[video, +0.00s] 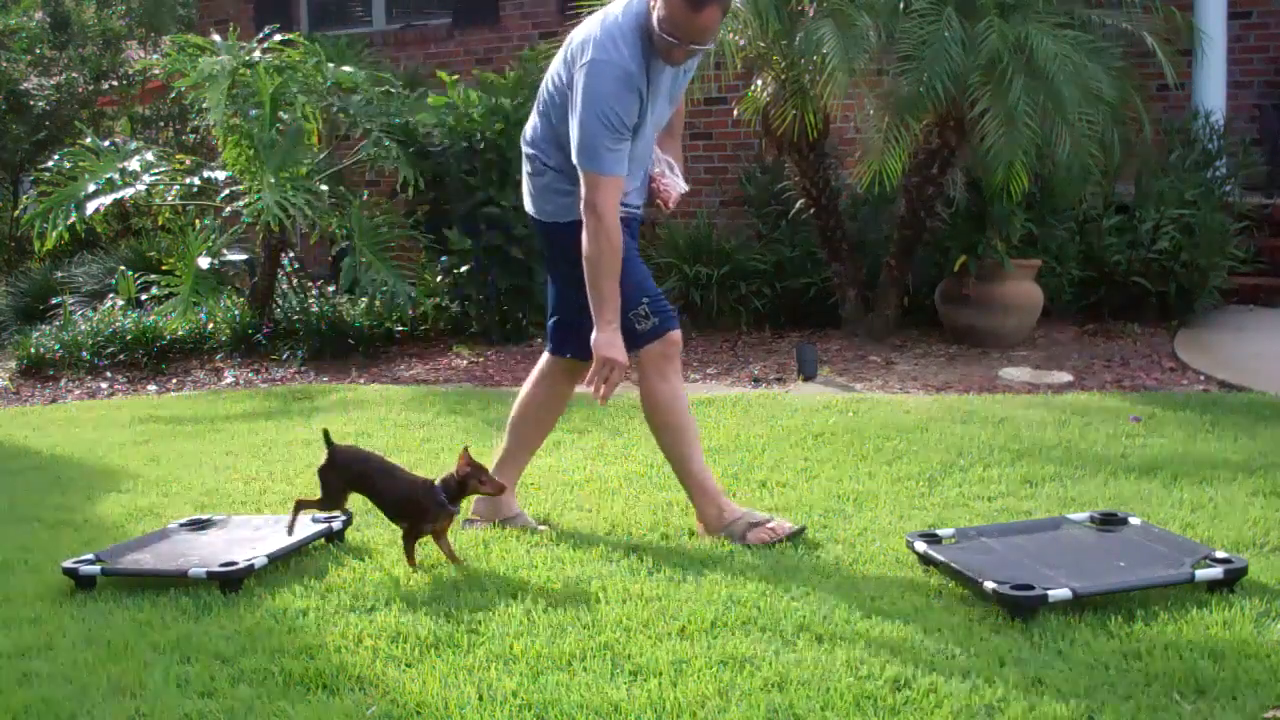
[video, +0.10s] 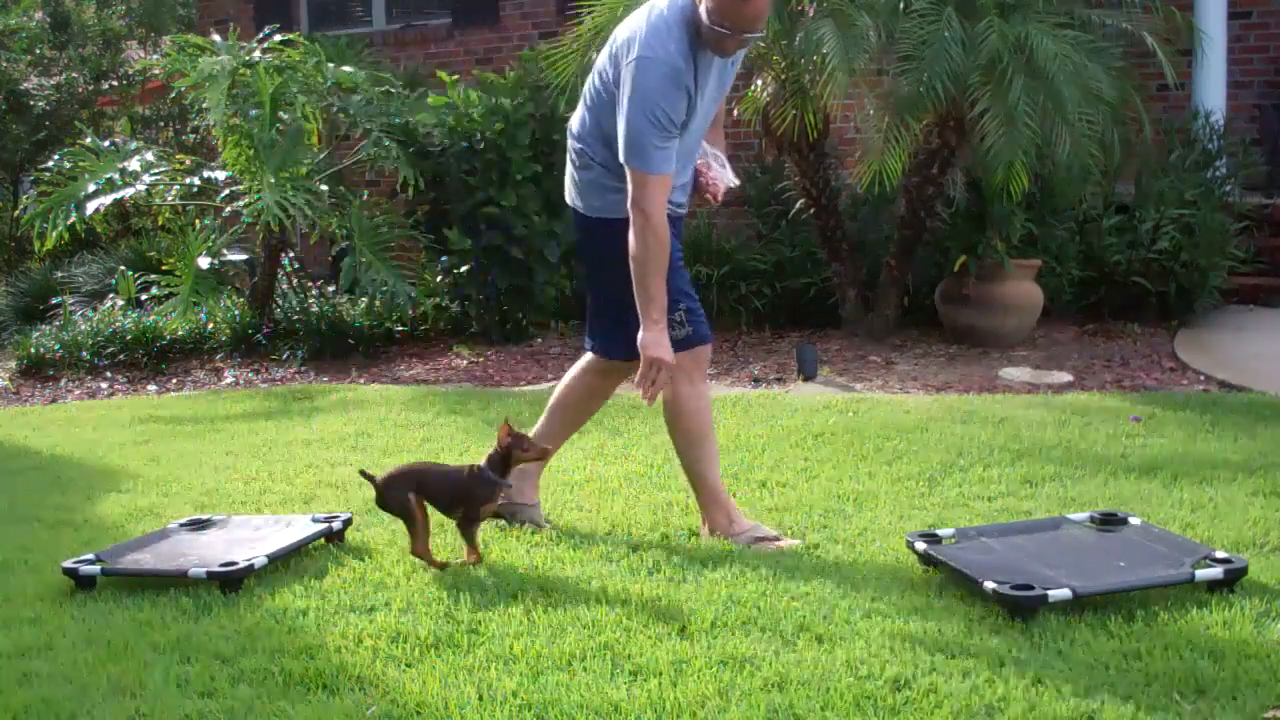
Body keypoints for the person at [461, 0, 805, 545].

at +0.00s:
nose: (689, 56)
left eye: (702, 46)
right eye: (678, 42)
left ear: (718, 21)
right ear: (655, 13)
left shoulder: (697, 33)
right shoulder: (608, 63)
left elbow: (669, 94)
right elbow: (597, 209)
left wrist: (667, 158)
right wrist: (607, 327)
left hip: (616, 198)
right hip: (567, 205)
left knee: (568, 353)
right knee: (658, 340)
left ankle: (494, 495)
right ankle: (715, 512)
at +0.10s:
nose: (735, 45)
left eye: (749, 34)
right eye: (723, 30)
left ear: (764, 18)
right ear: (699, 6)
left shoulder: (738, 26)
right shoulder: (656, 57)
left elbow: (714, 92)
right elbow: (645, 209)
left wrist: (710, 153)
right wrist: (653, 325)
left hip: (659, 197)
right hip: (610, 203)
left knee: (614, 353)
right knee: (688, 348)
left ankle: (517, 478)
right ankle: (721, 522)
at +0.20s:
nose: (787, 36)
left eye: (799, 25)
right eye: (777, 23)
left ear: (809, 13)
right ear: (751, 5)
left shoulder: (784, 21)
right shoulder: (704, 50)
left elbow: (759, 87)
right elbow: (696, 204)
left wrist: (758, 146)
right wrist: (705, 319)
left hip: (711, 184)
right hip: (651, 193)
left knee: (713, 345)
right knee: (709, 354)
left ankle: (584, 431)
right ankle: (722, 521)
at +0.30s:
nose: (845, 19)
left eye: (851, 11)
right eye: (840, 10)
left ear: (839, 5)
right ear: (807, 1)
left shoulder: (814, 21)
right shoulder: (748, 35)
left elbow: (796, 77)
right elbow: (747, 192)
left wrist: (802, 133)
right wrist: (762, 311)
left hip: (753, 179)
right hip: (691, 190)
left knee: (814, 318)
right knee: (734, 352)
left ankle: (685, 424)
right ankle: (723, 520)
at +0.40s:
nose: (895, 3)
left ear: (877, 1)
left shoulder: (861, 16)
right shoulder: (797, 29)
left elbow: (826, 72)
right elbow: (798, 182)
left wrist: (839, 124)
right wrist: (817, 303)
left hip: (803, 173)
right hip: (736, 186)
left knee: (887, 295)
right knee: (759, 355)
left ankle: (840, 467)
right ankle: (728, 518)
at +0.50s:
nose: (939, 6)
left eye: (942, 1)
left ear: (924, 0)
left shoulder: (909, 12)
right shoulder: (847, 26)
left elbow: (887, 71)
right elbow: (852, 183)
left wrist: (895, 126)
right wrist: (871, 302)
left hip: (855, 176)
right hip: (785, 183)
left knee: (930, 319)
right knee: (789, 359)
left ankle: (999, 483)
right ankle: (729, 514)